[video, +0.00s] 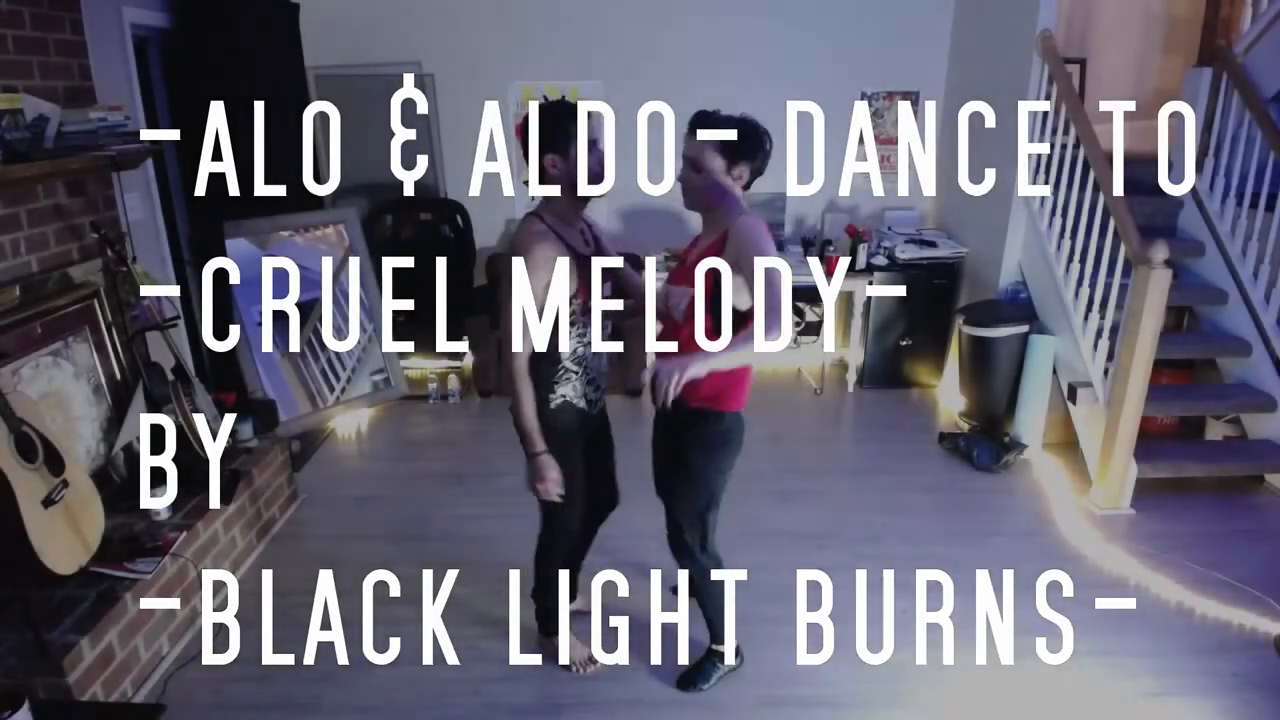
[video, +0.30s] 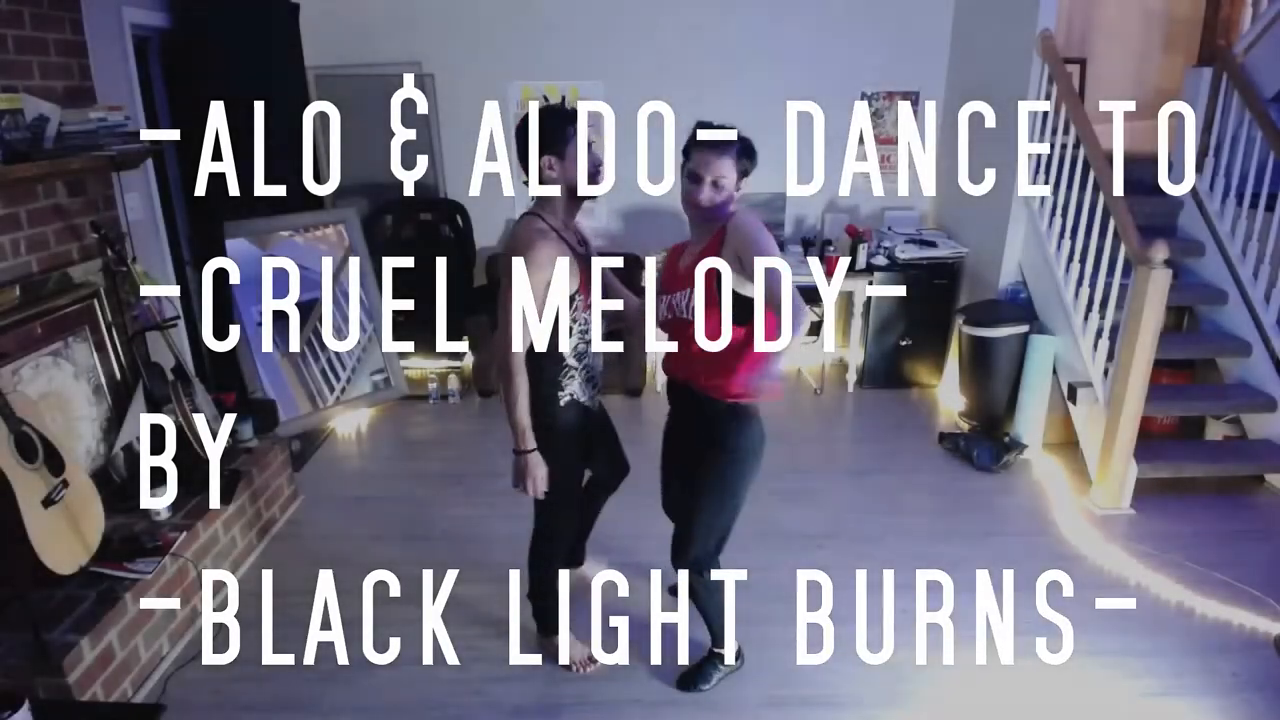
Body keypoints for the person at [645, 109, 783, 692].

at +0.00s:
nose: (681, 177)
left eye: (692, 167)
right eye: (682, 166)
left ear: (732, 172)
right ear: (721, 173)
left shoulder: (747, 232)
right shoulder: (706, 238)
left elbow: (771, 328)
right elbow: (683, 316)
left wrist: (697, 362)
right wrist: (637, 293)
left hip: (711, 414)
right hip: (678, 408)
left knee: (690, 533)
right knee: (685, 531)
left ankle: (723, 645)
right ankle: (719, 639)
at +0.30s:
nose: (701, 195)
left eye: (717, 184)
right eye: (693, 179)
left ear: (740, 186)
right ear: (679, 176)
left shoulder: (744, 234)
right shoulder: (683, 249)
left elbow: (786, 313)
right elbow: (664, 316)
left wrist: (749, 363)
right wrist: (611, 298)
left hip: (731, 421)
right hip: (685, 414)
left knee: (694, 553)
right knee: (680, 514)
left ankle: (725, 648)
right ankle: (686, 584)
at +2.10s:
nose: (666, 165)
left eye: (672, 158)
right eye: (670, 157)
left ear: (694, 170)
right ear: (709, 172)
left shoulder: (704, 255)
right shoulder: (707, 221)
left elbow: (722, 349)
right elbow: (658, 240)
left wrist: (735, 428)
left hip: (699, 395)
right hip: (688, 385)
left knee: (702, 514)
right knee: (683, 484)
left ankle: (718, 646)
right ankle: (711, 573)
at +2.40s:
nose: (677, 176)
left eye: (680, 168)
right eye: (680, 167)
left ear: (695, 175)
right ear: (731, 176)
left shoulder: (705, 264)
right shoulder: (736, 231)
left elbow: (711, 359)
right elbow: (681, 245)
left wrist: (706, 442)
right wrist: (616, 233)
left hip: (691, 398)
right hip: (711, 385)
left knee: (687, 513)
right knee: (689, 488)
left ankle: (718, 649)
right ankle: (714, 572)